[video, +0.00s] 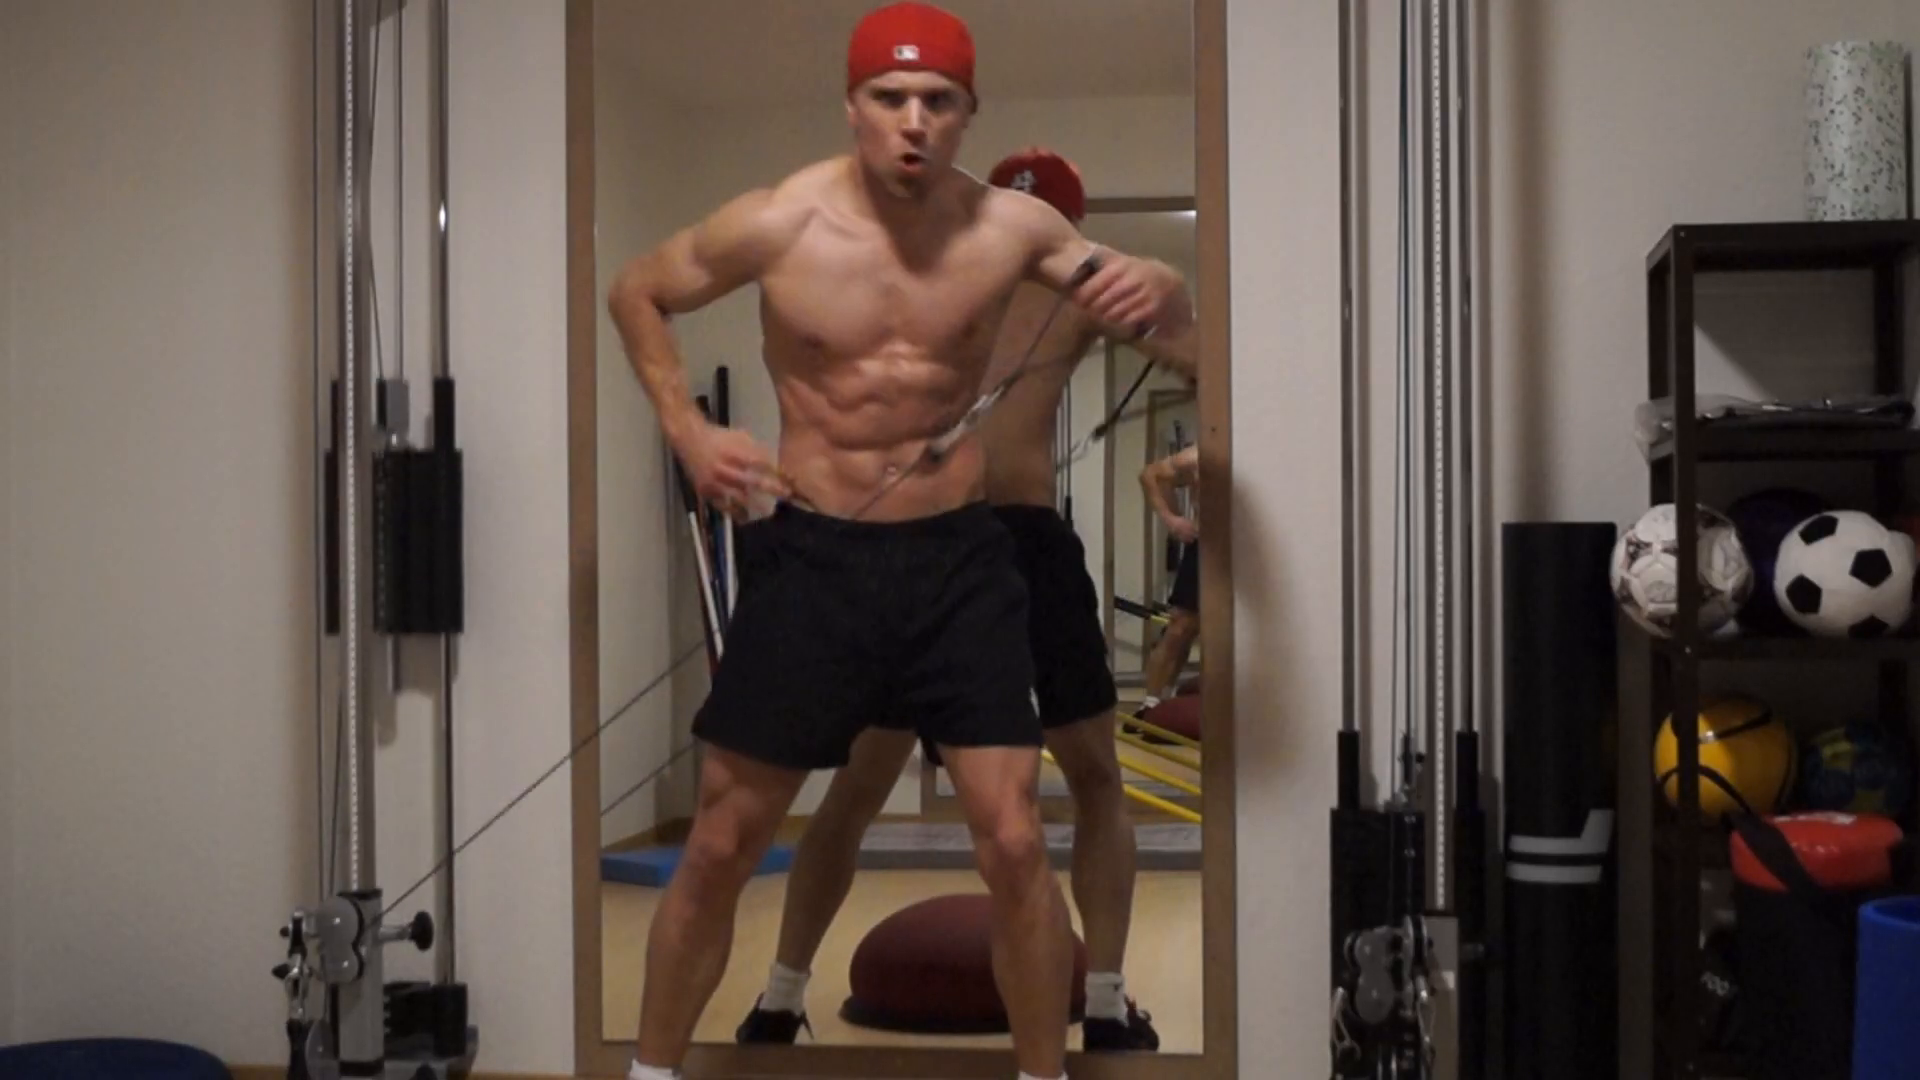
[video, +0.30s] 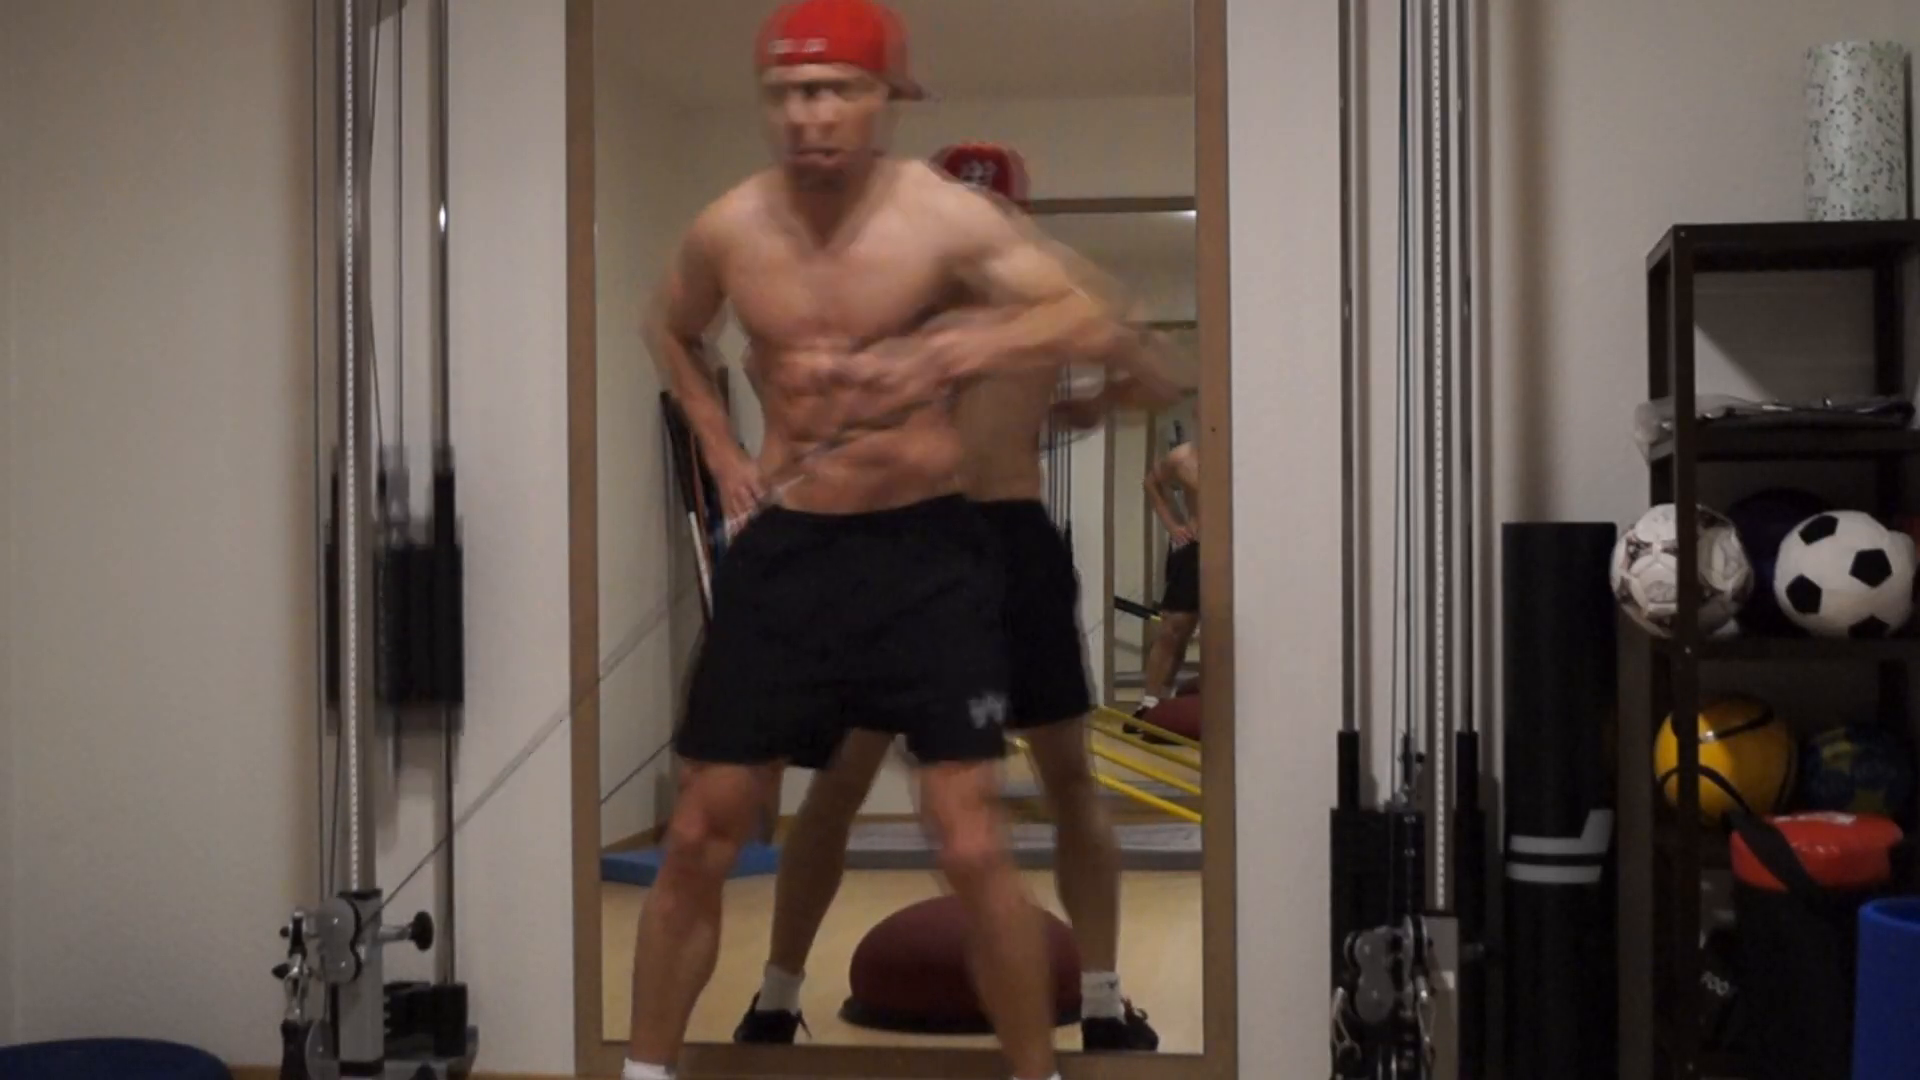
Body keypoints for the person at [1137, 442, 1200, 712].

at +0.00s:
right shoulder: (1208, 456)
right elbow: (1151, 475)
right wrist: (1171, 518)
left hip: (1224, 549)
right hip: (1203, 545)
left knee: (1191, 629)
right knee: (1181, 627)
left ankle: (1166, 695)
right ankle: (1152, 699)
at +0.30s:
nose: (1210, 427)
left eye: (1215, 421)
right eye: (1204, 420)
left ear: (1225, 425)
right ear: (1197, 420)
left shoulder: (1235, 460)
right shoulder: (1184, 458)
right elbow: (1152, 481)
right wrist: (1173, 525)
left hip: (1225, 549)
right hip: (1193, 547)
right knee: (1175, 629)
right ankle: (1151, 699)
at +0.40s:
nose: (1190, 431)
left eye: (1195, 424)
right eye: (1185, 425)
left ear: (1207, 426)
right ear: (1178, 430)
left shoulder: (1217, 463)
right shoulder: (1173, 466)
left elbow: (1229, 502)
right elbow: (1175, 510)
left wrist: (1205, 517)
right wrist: (1183, 525)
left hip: (1218, 549)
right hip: (1189, 547)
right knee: (1171, 623)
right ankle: (1150, 697)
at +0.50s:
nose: (1176, 434)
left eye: (1182, 426)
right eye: (1173, 427)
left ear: (1201, 426)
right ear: (1173, 430)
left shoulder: (1212, 459)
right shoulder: (1183, 461)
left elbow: (1216, 513)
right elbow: (1195, 510)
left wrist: (1177, 529)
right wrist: (1182, 534)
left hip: (1213, 549)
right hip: (1189, 547)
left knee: (1217, 630)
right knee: (1166, 624)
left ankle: (1210, 702)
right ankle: (1150, 699)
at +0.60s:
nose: (1169, 437)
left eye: (1175, 430)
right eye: (1167, 431)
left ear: (1194, 431)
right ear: (1185, 434)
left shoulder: (1197, 460)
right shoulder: (1194, 459)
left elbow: (1191, 519)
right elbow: (1193, 521)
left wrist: (1150, 540)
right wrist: (1163, 543)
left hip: (1195, 552)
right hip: (1196, 550)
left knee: (1163, 624)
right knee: (1170, 626)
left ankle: (1148, 700)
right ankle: (1159, 697)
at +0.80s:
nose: (1173, 445)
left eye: (1179, 437)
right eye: (1171, 438)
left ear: (1198, 437)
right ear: (1176, 440)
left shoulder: (1198, 470)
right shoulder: (1202, 469)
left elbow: (1173, 522)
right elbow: (1182, 530)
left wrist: (1133, 556)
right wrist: (1149, 557)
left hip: (1199, 556)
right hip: (1195, 555)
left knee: (1164, 623)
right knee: (1167, 624)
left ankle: (1148, 700)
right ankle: (1153, 699)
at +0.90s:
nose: (1187, 439)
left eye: (1191, 432)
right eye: (1184, 433)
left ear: (1206, 431)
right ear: (1182, 437)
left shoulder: (1216, 466)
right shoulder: (1192, 468)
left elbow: (1209, 517)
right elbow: (1193, 517)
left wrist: (1175, 540)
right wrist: (1172, 545)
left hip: (1209, 550)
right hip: (1190, 551)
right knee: (1166, 626)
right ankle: (1150, 699)